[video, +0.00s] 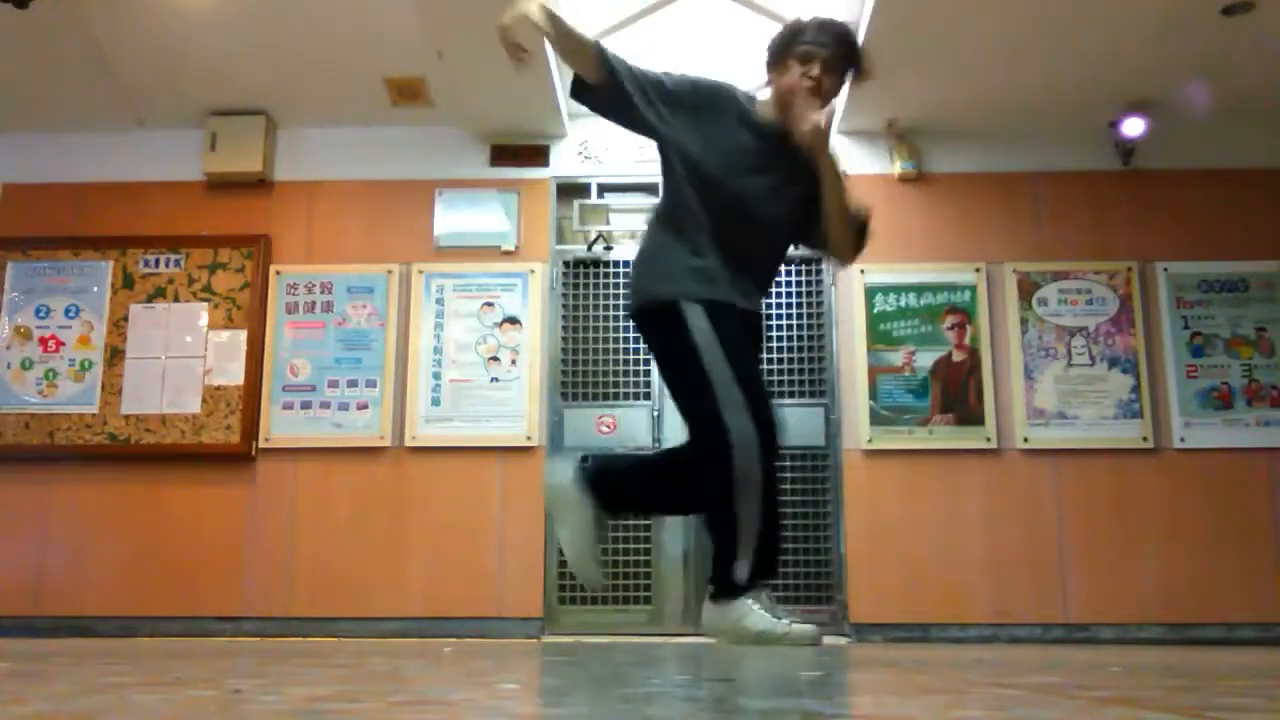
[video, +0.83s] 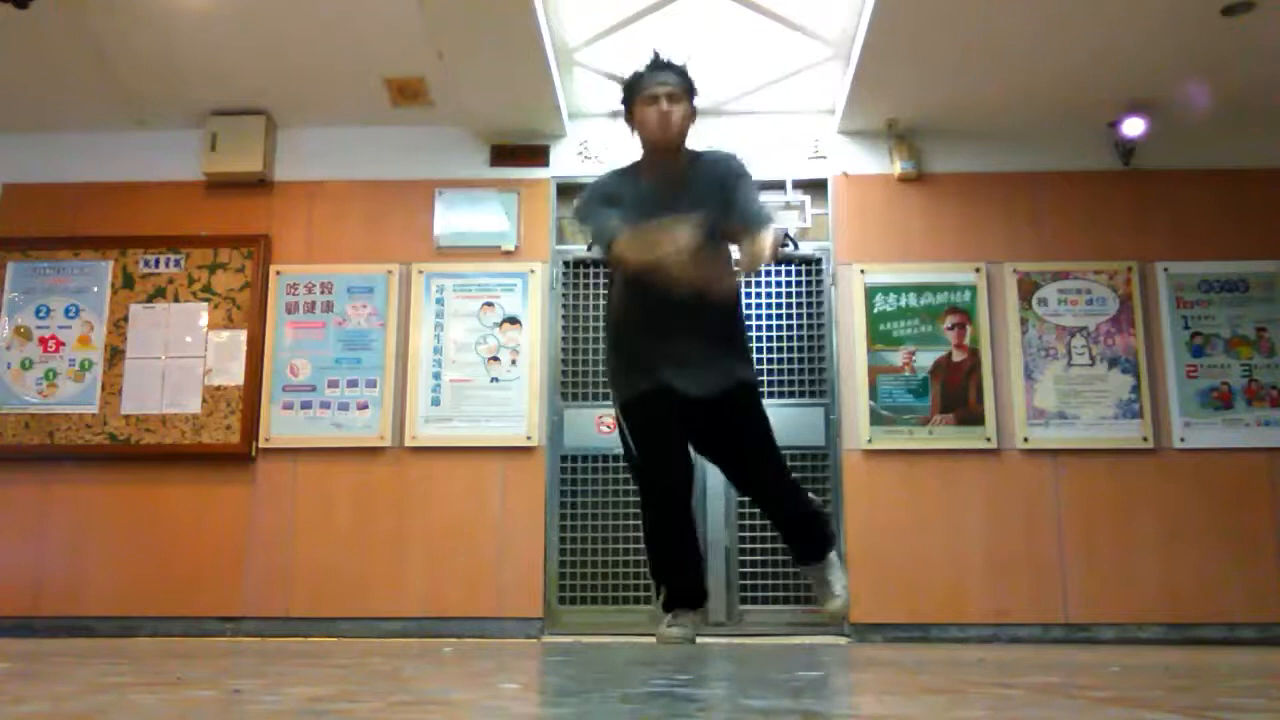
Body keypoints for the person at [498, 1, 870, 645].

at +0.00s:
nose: (818, 82)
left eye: (831, 76)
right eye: (809, 64)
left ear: (838, 91)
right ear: (776, 66)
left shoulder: (811, 166)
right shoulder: (713, 106)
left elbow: (845, 246)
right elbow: (613, 79)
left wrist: (823, 159)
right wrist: (546, 19)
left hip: (737, 308)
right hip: (678, 289)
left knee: (726, 464)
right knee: (743, 434)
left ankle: (588, 485)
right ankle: (732, 598)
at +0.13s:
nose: (807, 85)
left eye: (820, 79)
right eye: (801, 67)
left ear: (825, 90)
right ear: (773, 60)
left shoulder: (787, 168)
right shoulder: (712, 97)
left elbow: (775, 250)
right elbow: (632, 116)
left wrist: (797, 261)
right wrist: (663, 145)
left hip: (701, 303)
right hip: (640, 276)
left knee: (713, 440)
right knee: (650, 402)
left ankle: (655, 570)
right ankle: (632, 566)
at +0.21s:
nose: (798, 99)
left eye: (805, 88)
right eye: (789, 82)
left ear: (804, 96)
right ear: (757, 80)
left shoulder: (759, 182)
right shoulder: (696, 128)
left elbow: (732, 268)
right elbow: (699, 209)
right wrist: (773, 294)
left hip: (691, 322)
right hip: (634, 300)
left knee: (693, 467)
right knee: (608, 422)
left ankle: (635, 602)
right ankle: (517, 556)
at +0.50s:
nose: (726, 47)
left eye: (731, 37)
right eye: (714, 37)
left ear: (737, 45)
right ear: (687, 45)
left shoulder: (731, 123)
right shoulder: (661, 115)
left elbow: (723, 199)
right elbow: (680, 194)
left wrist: (765, 222)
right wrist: (755, 208)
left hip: (699, 314)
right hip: (639, 307)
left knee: (689, 447)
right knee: (613, 427)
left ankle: (657, 579)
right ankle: (575, 552)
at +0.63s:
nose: (692, 33)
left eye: (701, 22)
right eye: (677, 24)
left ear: (712, 31)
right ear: (653, 38)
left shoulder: (733, 110)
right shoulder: (636, 104)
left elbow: (743, 194)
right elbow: (662, 174)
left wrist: (768, 191)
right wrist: (746, 168)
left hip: (710, 302)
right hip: (644, 303)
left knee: (713, 439)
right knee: (653, 440)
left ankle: (703, 585)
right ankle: (662, 591)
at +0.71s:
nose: (681, 61)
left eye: (687, 49)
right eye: (666, 51)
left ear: (700, 56)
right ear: (641, 63)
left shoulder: (726, 132)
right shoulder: (621, 132)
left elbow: (786, 214)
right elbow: (642, 187)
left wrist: (780, 201)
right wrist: (723, 164)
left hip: (713, 325)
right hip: (640, 332)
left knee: (745, 456)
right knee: (659, 470)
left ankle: (760, 578)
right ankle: (679, 598)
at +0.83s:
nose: (665, 110)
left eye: (675, 100)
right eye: (651, 101)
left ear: (691, 112)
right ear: (631, 118)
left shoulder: (721, 172)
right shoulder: (609, 191)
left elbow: (763, 232)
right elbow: (618, 247)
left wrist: (749, 253)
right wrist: (667, 250)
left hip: (717, 362)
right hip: (644, 368)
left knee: (763, 475)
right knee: (662, 491)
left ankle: (819, 556)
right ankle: (681, 605)